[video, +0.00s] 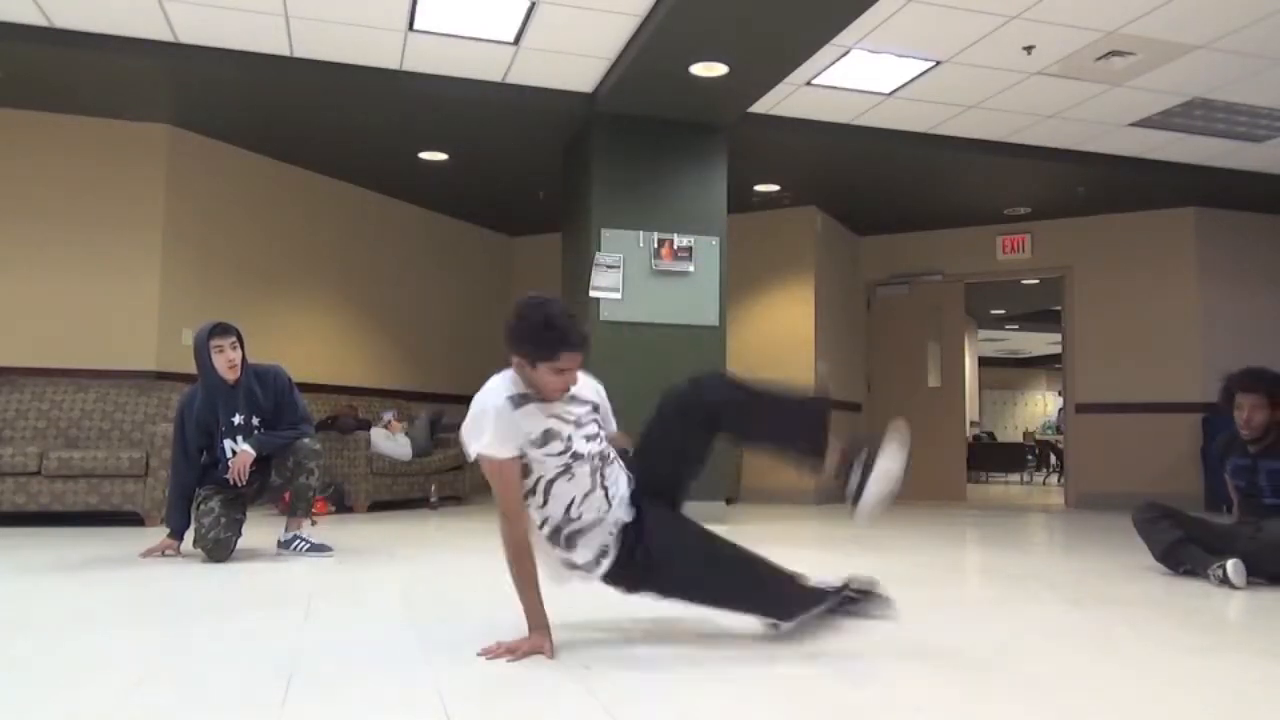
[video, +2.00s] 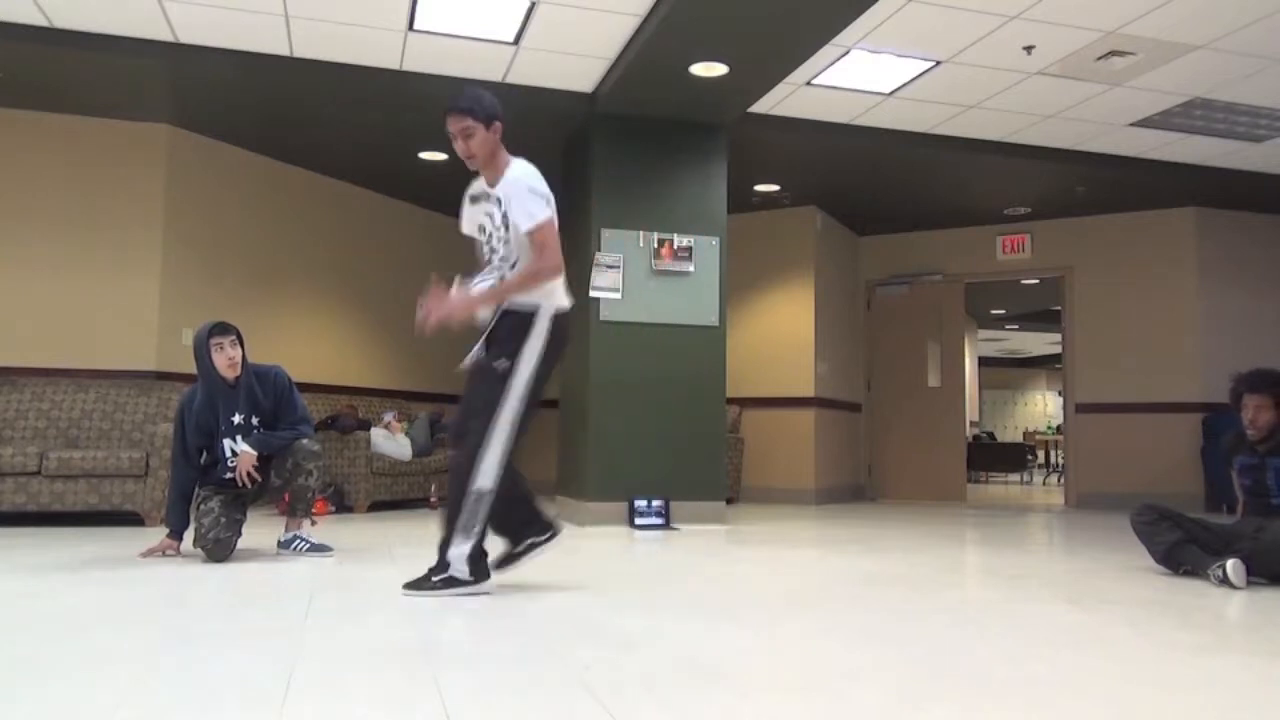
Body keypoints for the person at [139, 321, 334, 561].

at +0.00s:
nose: (230, 356)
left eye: (234, 347)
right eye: (219, 351)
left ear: (242, 350)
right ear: (205, 359)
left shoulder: (272, 380)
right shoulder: (193, 404)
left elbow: (304, 429)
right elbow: (184, 470)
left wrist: (254, 446)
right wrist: (174, 535)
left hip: (265, 477)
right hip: (219, 488)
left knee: (308, 450)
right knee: (215, 549)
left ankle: (292, 534)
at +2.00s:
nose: (231, 354)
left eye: (234, 345)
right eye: (219, 349)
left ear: (242, 349)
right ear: (205, 358)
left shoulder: (272, 380)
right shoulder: (194, 403)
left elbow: (303, 429)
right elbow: (184, 470)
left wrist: (255, 444)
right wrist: (174, 535)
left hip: (266, 477)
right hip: (220, 488)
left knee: (307, 449)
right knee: (215, 549)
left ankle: (292, 535)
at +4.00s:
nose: (229, 357)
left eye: (233, 348)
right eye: (218, 352)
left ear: (241, 350)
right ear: (204, 361)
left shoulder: (272, 381)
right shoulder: (193, 404)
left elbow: (304, 430)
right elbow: (184, 471)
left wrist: (255, 446)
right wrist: (174, 535)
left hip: (267, 476)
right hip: (220, 488)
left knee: (308, 450)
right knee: (215, 549)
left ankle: (292, 534)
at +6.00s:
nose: (230, 358)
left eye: (234, 349)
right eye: (219, 353)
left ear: (242, 351)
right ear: (204, 361)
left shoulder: (273, 381)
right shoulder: (194, 403)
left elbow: (304, 430)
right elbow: (184, 470)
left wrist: (255, 447)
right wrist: (174, 535)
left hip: (266, 476)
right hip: (221, 487)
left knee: (307, 451)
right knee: (216, 549)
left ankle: (292, 534)